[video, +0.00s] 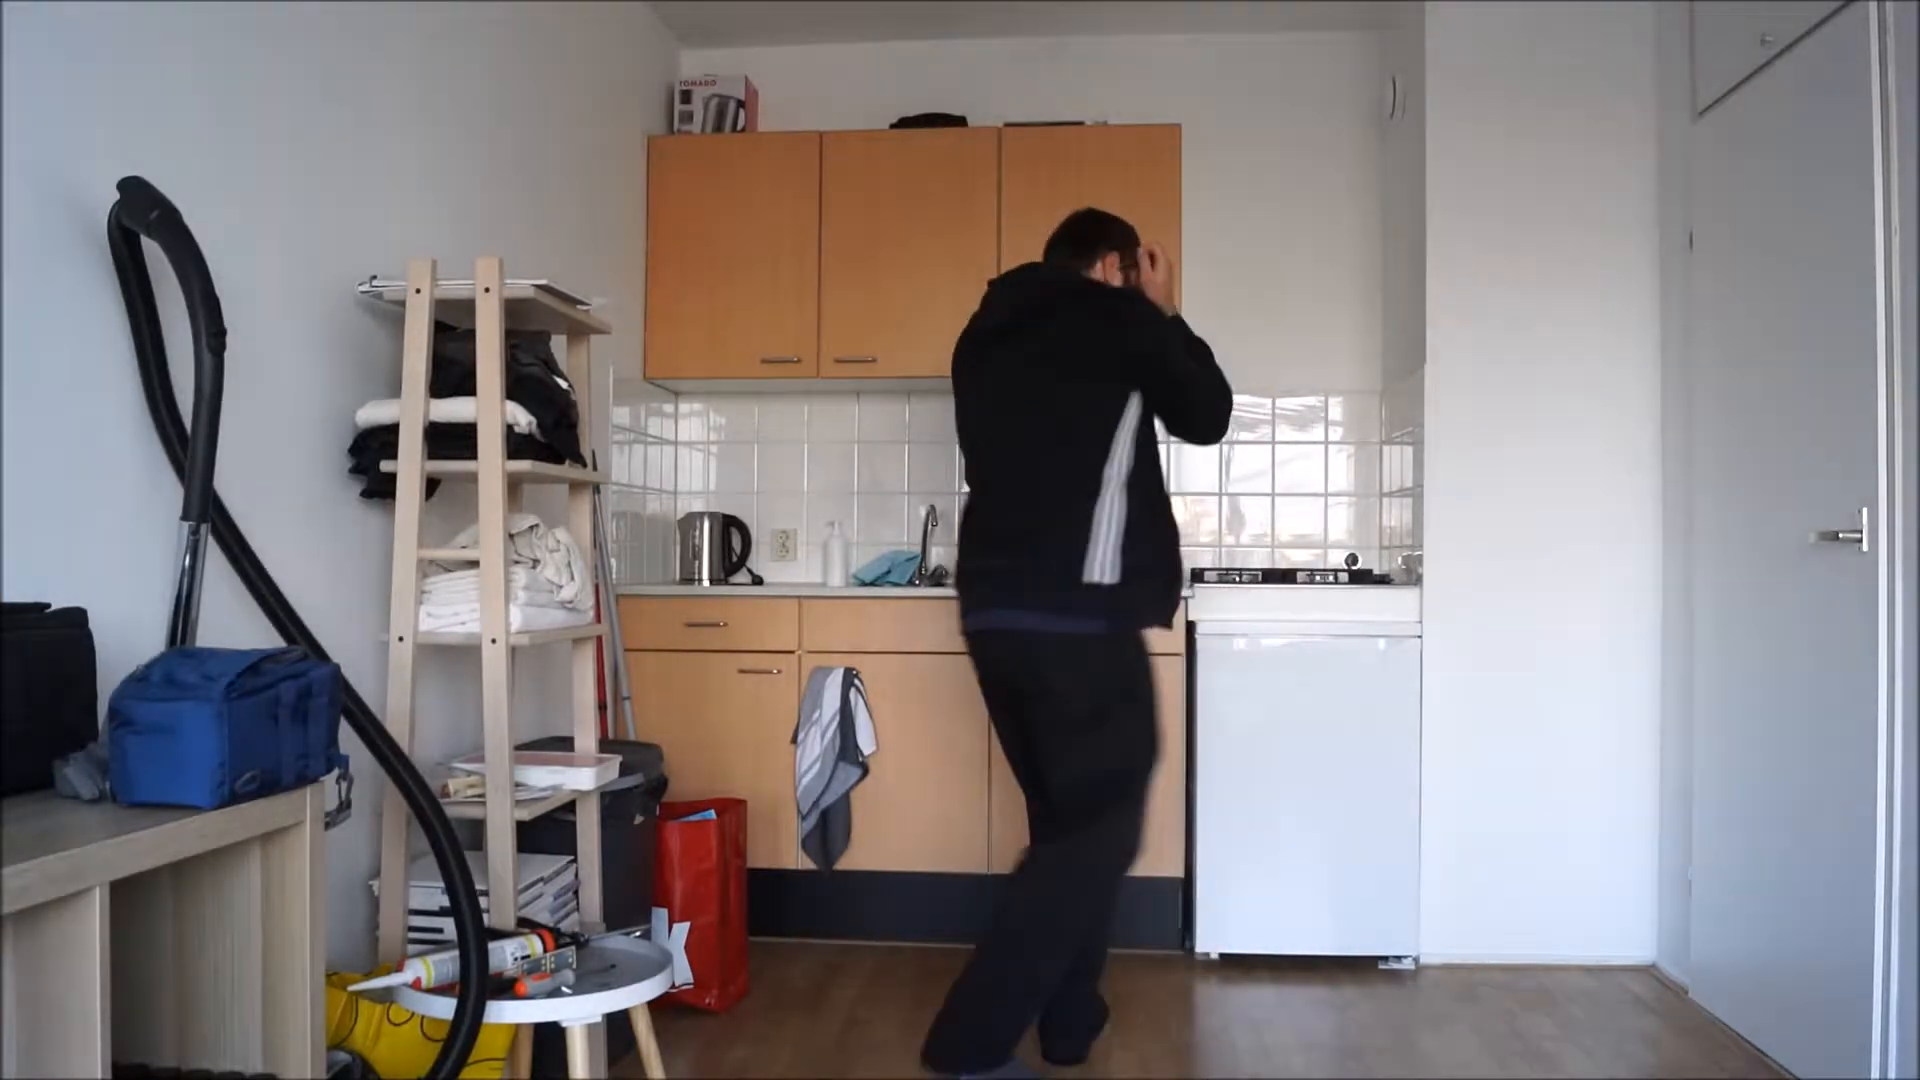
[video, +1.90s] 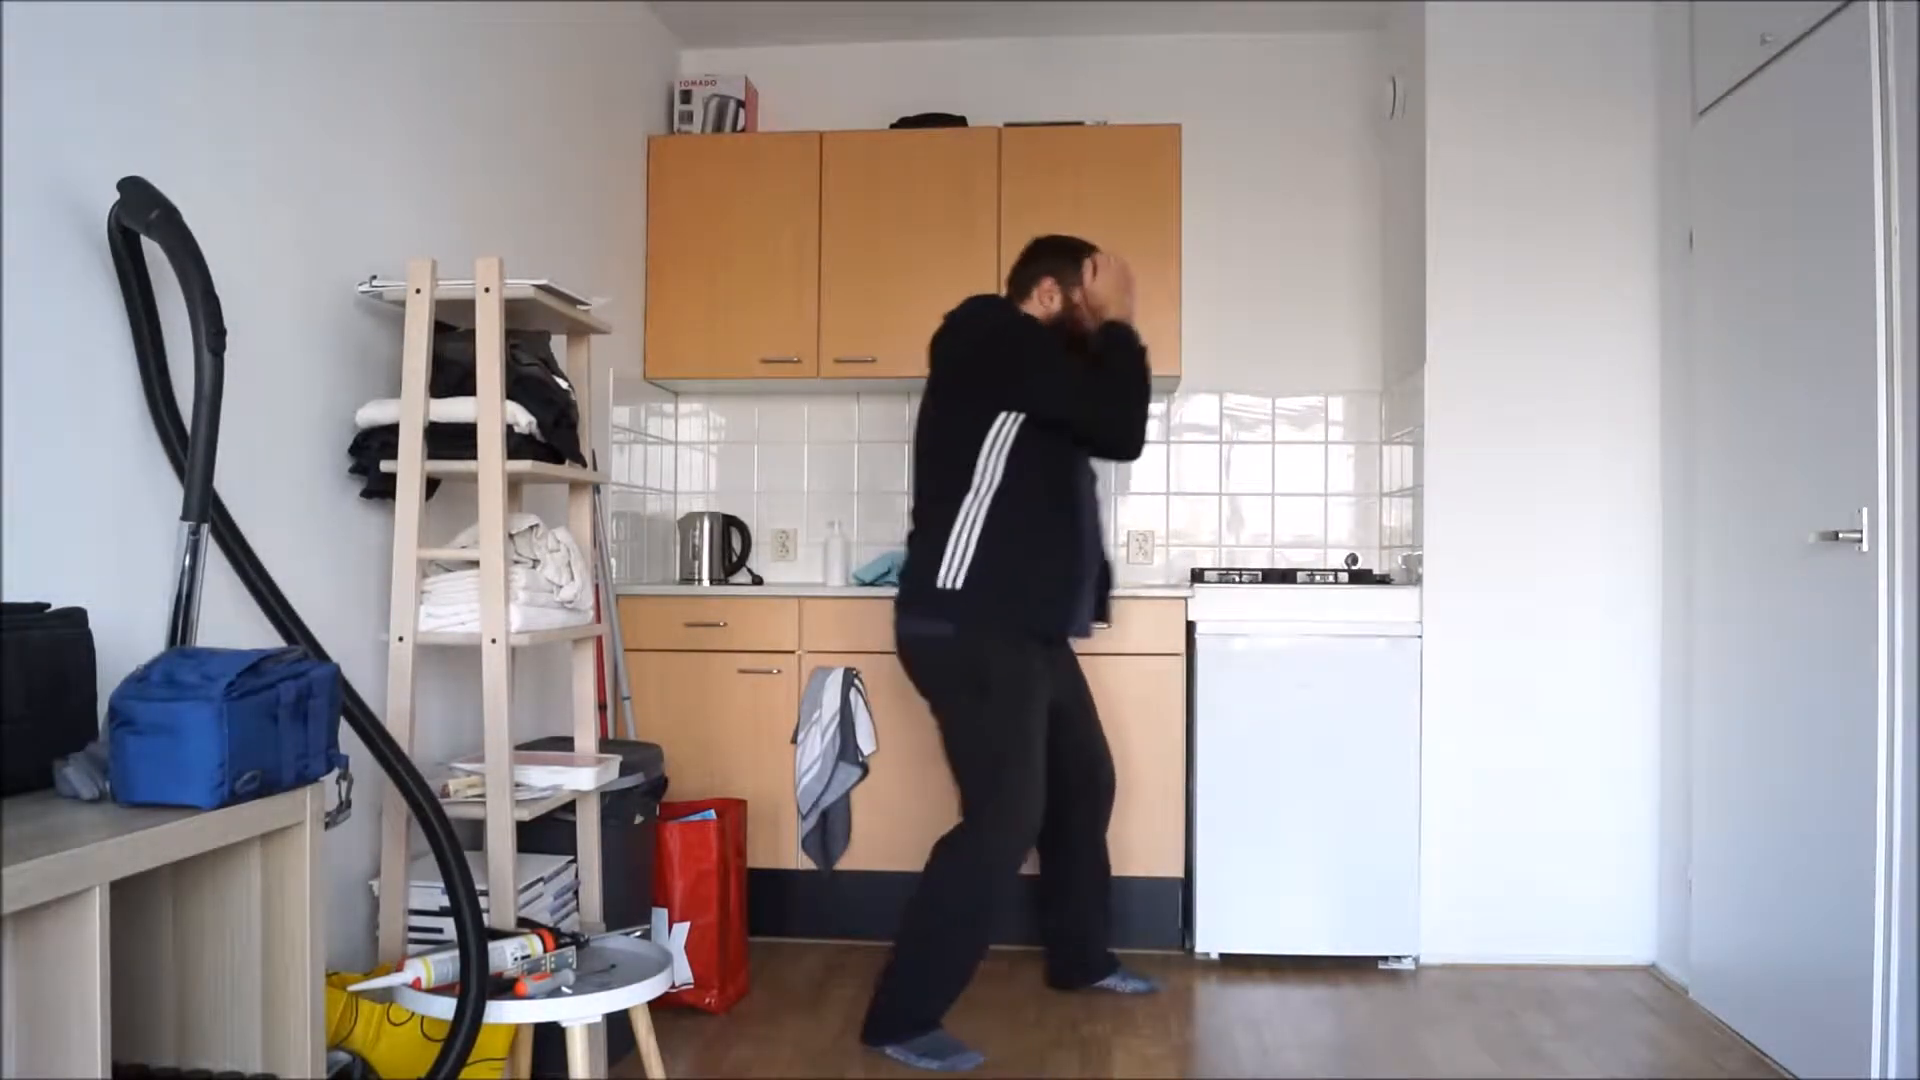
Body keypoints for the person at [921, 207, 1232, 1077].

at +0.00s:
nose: (1141, 284)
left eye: (1139, 272)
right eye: (1138, 273)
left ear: (1051, 263)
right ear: (1112, 266)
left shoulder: (982, 336)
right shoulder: (1122, 322)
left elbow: (993, 456)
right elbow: (1207, 412)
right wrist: (1161, 312)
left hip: (993, 613)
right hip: (1082, 615)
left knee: (1063, 819)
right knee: (1101, 827)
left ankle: (1072, 1025)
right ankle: (966, 1045)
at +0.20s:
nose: (1157, 313)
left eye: (1160, 298)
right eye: (1154, 297)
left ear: (1089, 274)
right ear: (1109, 280)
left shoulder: (1020, 318)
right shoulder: (1068, 328)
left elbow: (1131, 440)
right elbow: (1166, 439)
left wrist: (1140, 342)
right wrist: (1167, 336)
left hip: (1007, 619)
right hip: (1002, 624)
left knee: (1082, 794)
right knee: (1052, 822)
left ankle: (1038, 996)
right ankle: (959, 1056)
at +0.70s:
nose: (1166, 420)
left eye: (1171, 407)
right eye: (1164, 404)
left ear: (1113, 385)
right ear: (1122, 387)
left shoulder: (1076, 422)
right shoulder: (1054, 411)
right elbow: (1151, 536)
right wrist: (1178, 436)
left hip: (992, 665)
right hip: (943, 671)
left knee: (1089, 791)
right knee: (1056, 837)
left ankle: (1032, 972)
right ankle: (958, 1058)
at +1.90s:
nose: (1096, 319)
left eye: (1098, 304)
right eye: (1091, 303)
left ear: (1041, 293)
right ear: (1049, 293)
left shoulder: (1027, 351)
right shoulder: (990, 335)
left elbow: (1115, 432)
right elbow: (1121, 426)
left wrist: (1107, 335)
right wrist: (1116, 327)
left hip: (1023, 625)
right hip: (968, 625)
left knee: (1084, 783)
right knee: (1004, 815)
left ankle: (1078, 960)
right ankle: (900, 1023)